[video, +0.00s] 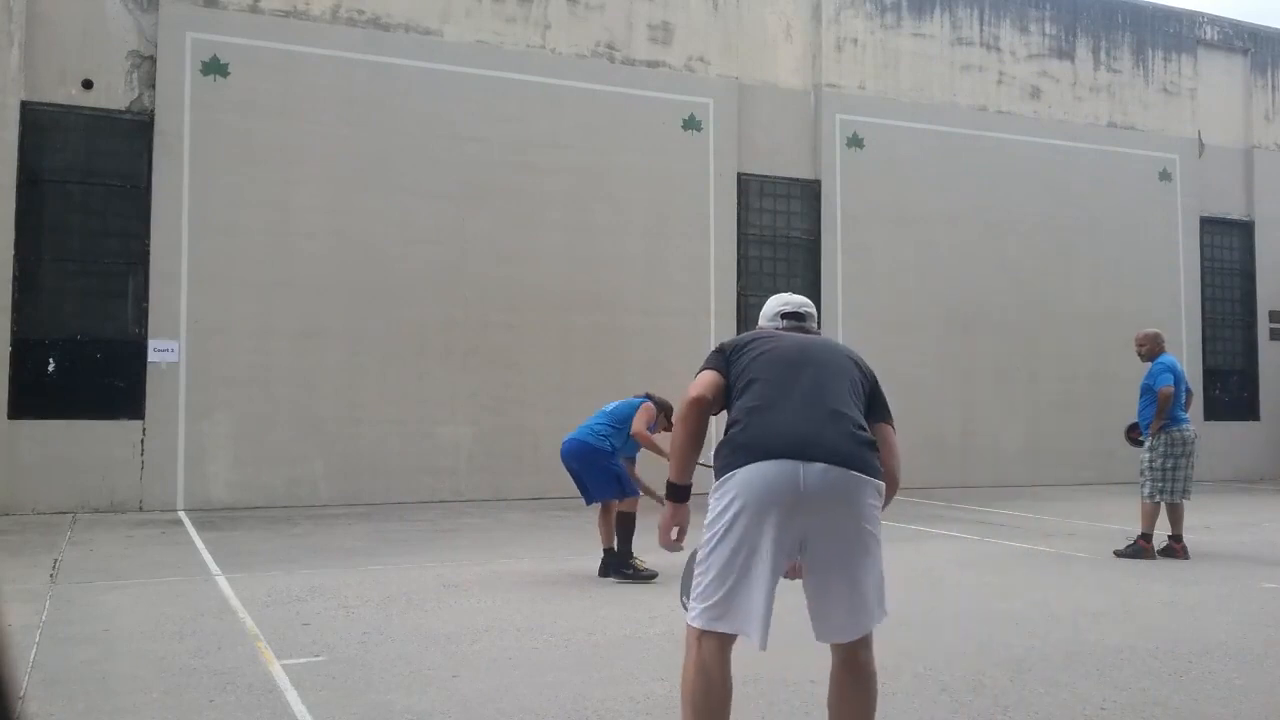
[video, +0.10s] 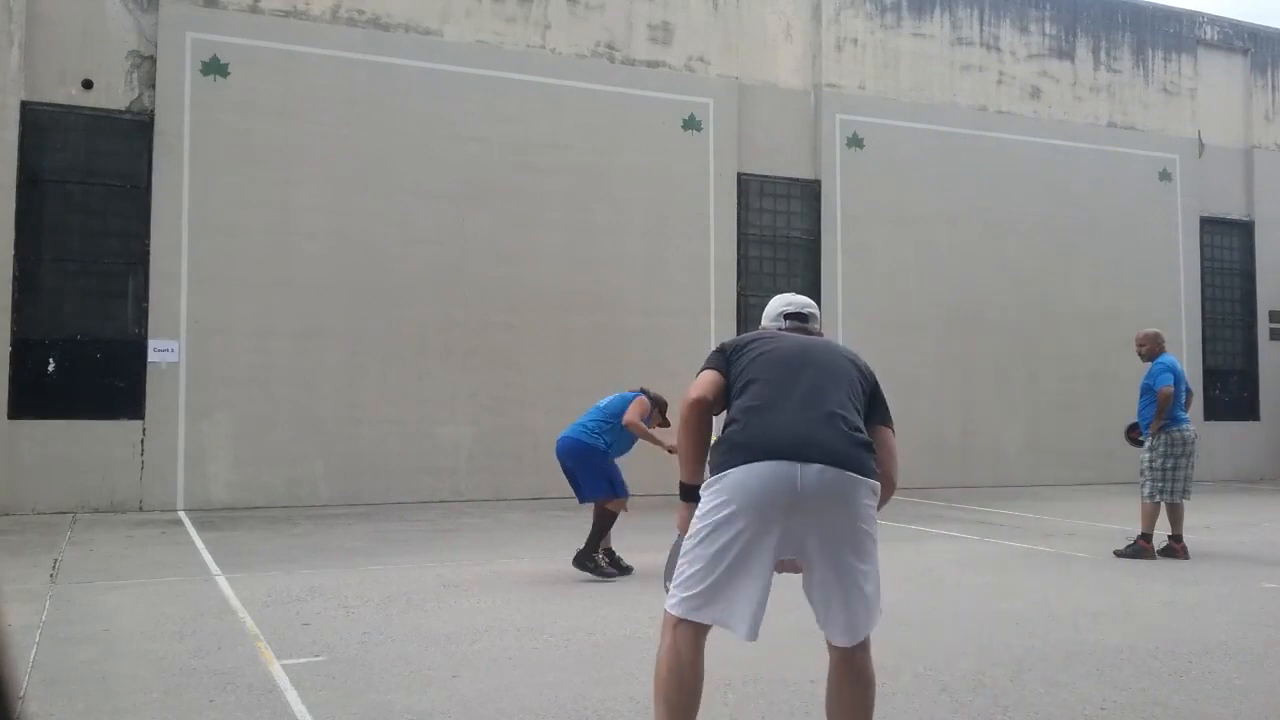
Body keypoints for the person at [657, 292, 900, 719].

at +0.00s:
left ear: (760, 328)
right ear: (817, 330)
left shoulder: (737, 347)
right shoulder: (854, 361)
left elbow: (699, 397)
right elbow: (889, 473)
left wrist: (677, 495)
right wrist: (821, 551)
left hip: (755, 469)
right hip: (849, 476)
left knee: (710, 634)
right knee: (853, 644)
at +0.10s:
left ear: (763, 328)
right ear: (820, 331)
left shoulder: (738, 347)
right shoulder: (856, 364)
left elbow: (698, 399)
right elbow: (886, 477)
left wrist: (689, 498)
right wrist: (827, 546)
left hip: (749, 466)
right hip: (845, 477)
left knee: (685, 621)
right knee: (850, 643)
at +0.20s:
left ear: (762, 329)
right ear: (820, 333)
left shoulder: (732, 348)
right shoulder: (852, 367)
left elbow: (691, 404)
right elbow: (879, 479)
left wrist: (698, 487)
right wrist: (824, 534)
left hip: (734, 469)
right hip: (832, 481)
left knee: (661, 623)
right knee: (844, 643)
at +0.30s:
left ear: (754, 332)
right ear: (813, 338)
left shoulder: (719, 352)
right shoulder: (841, 370)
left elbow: (677, 415)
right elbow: (865, 483)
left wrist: (686, 485)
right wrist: (814, 528)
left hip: (714, 476)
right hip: (812, 485)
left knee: (635, 631)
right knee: (836, 642)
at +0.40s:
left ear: (740, 338)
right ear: (795, 344)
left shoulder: (699, 361)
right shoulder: (821, 377)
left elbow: (653, 432)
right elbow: (841, 488)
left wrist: (665, 487)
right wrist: (795, 526)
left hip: (685, 485)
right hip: (783, 493)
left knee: (606, 646)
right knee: (826, 643)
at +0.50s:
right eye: (768, 348)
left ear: (719, 346)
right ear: (772, 351)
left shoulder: (674, 369)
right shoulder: (794, 382)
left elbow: (621, 447)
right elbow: (809, 489)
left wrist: (640, 502)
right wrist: (758, 534)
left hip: (650, 487)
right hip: (746, 493)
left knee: (578, 649)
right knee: (805, 644)